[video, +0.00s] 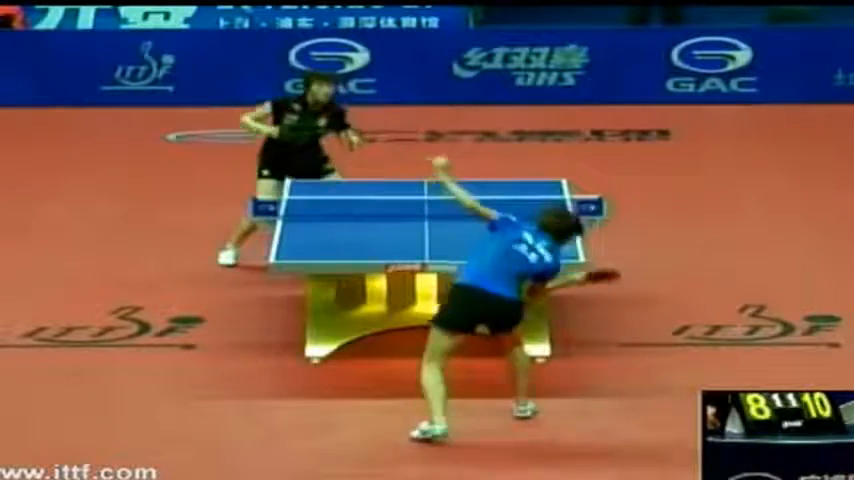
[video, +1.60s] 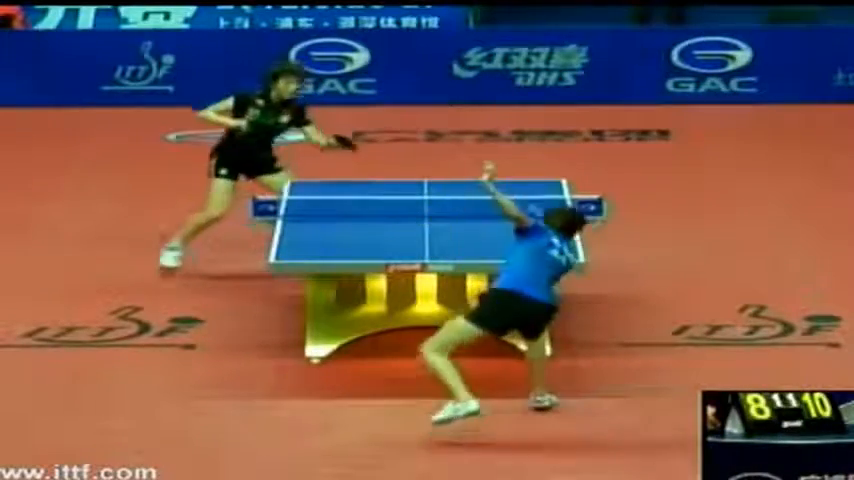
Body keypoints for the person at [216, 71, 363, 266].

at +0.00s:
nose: (326, 92)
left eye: (329, 86)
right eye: (321, 86)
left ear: (333, 90)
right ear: (310, 88)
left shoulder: (333, 113)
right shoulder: (287, 105)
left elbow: (349, 145)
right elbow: (247, 119)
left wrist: (352, 137)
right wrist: (269, 130)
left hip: (311, 158)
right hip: (276, 159)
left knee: (341, 197)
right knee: (265, 210)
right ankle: (232, 247)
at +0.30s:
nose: (325, 102)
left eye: (329, 97)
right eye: (321, 96)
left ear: (334, 100)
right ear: (311, 96)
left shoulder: (336, 120)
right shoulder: (288, 111)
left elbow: (360, 138)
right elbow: (246, 123)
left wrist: (362, 152)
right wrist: (262, 133)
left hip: (315, 166)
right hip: (277, 165)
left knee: (343, 202)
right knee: (260, 210)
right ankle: (224, 247)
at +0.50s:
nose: (318, 124)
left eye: (323, 120)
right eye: (315, 118)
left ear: (329, 120)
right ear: (306, 115)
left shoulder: (332, 131)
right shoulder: (284, 123)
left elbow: (361, 155)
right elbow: (239, 132)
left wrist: (350, 165)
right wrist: (252, 143)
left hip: (306, 176)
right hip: (273, 172)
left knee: (316, 213)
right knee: (259, 210)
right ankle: (224, 247)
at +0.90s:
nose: (317, 109)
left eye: (321, 104)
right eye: (312, 105)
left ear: (327, 104)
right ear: (303, 106)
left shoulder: (334, 118)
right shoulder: (290, 111)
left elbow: (362, 141)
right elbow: (254, 111)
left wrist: (355, 136)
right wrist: (247, 118)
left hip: (321, 160)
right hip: (288, 158)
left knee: (337, 204)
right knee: (260, 206)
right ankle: (225, 246)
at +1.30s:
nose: (313, 99)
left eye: (317, 95)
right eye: (309, 93)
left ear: (323, 97)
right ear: (298, 93)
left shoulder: (325, 118)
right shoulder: (279, 107)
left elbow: (340, 138)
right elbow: (249, 121)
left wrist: (341, 146)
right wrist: (243, 133)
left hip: (304, 165)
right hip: (269, 163)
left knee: (328, 202)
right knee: (247, 211)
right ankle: (205, 250)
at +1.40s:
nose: (305, 89)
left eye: (307, 85)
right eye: (299, 84)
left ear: (309, 88)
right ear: (286, 85)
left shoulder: (307, 111)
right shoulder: (262, 104)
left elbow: (318, 135)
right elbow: (219, 116)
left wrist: (331, 141)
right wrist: (239, 127)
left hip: (280, 158)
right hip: (247, 157)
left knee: (304, 201)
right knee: (227, 212)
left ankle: (297, 253)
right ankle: (200, 248)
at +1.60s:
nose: (292, 89)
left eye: (296, 84)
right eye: (289, 83)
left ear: (297, 87)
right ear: (275, 82)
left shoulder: (294, 111)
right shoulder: (248, 101)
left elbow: (316, 138)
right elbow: (205, 114)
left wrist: (334, 143)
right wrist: (233, 123)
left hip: (260, 158)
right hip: (230, 156)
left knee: (296, 197)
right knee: (217, 210)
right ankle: (175, 246)